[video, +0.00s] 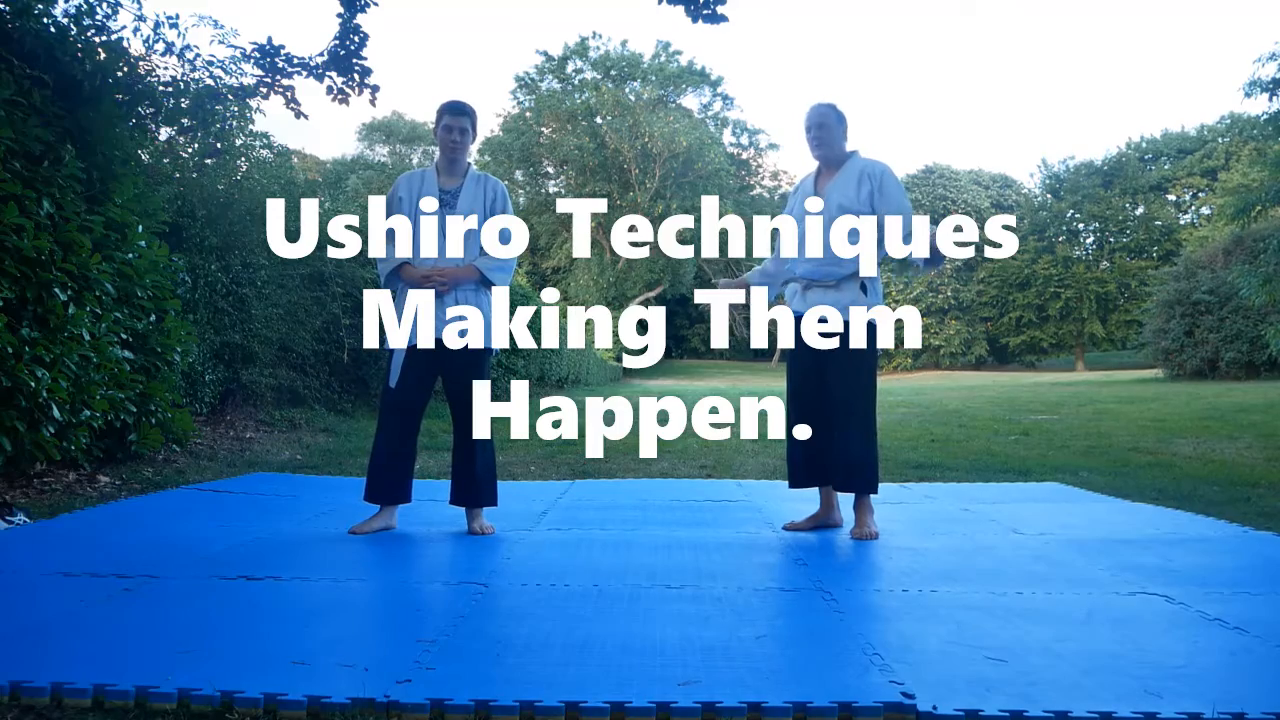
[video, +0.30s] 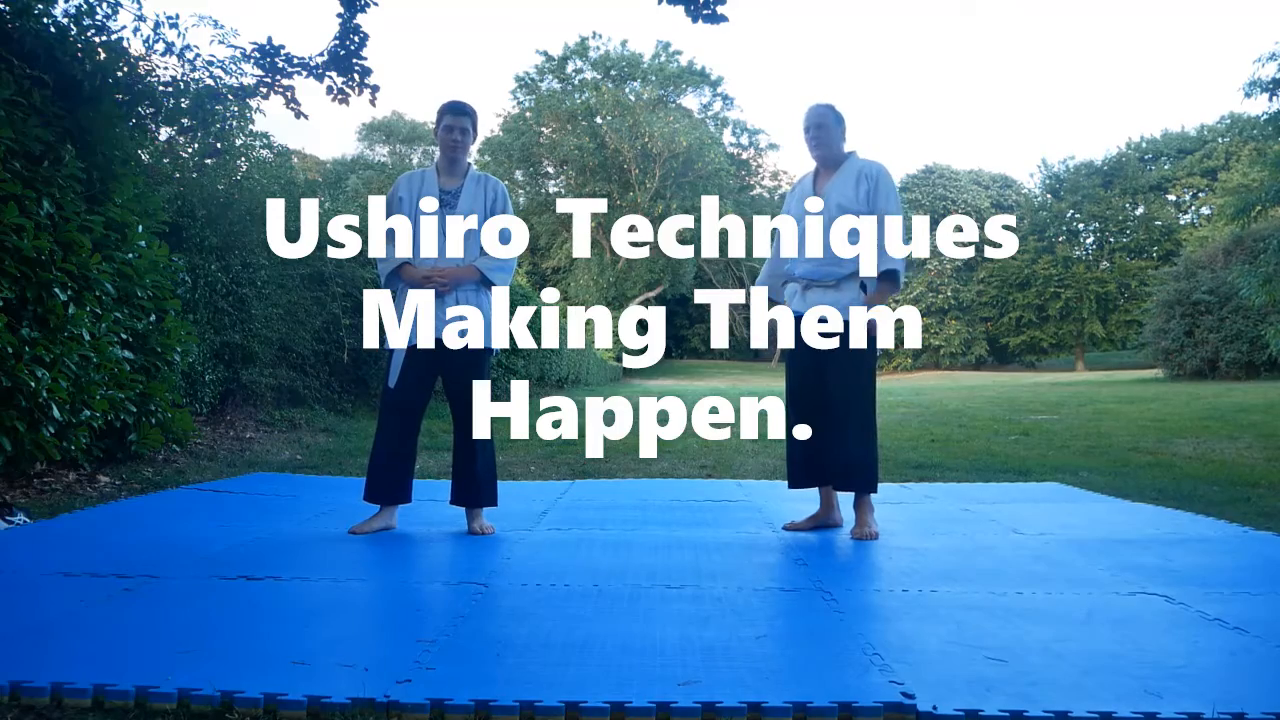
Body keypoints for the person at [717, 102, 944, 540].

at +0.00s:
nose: (814, 136)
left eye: (822, 128)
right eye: (809, 130)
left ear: (844, 131)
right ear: (805, 137)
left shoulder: (873, 174)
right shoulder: (800, 190)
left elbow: (905, 238)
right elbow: (783, 257)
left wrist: (928, 252)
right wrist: (745, 283)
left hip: (854, 309)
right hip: (806, 311)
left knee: (854, 408)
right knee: (812, 408)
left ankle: (864, 509)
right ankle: (827, 507)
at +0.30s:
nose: (813, 135)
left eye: (821, 128)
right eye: (808, 130)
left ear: (842, 132)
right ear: (803, 138)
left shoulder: (871, 175)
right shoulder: (797, 190)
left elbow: (892, 239)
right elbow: (779, 256)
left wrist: (878, 295)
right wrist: (772, 303)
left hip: (853, 305)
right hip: (803, 308)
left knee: (854, 406)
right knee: (811, 407)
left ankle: (864, 508)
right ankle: (827, 506)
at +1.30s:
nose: (791, 131)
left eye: (800, 123)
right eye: (786, 124)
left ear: (824, 124)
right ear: (781, 130)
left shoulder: (847, 170)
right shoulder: (781, 181)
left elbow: (863, 235)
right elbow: (765, 244)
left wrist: (857, 300)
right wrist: (750, 305)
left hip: (819, 304)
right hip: (775, 305)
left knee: (802, 407)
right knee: (785, 408)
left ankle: (791, 512)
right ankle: (827, 504)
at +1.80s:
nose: (760, 130)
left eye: (768, 122)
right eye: (757, 123)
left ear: (796, 121)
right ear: (756, 125)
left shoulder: (826, 165)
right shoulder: (754, 177)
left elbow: (842, 232)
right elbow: (738, 241)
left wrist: (822, 293)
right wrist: (722, 300)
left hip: (804, 307)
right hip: (751, 305)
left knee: (797, 412)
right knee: (728, 405)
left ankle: (790, 514)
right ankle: (708, 501)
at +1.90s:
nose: (754, 131)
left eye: (762, 123)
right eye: (751, 123)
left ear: (790, 122)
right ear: (750, 125)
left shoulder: (820, 166)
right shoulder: (745, 179)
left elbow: (837, 237)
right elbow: (729, 244)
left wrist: (821, 304)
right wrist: (713, 307)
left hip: (798, 307)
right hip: (744, 307)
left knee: (793, 413)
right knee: (722, 407)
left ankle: (790, 514)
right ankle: (700, 504)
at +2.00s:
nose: (745, 131)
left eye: (753, 123)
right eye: (741, 123)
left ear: (780, 123)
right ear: (740, 124)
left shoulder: (810, 168)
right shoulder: (731, 177)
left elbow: (827, 237)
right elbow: (714, 243)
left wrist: (827, 306)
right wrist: (695, 305)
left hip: (788, 306)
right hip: (733, 306)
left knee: (787, 412)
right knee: (716, 408)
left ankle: (790, 514)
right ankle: (700, 508)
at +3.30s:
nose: (766, 139)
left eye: (767, 132)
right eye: (761, 129)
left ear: (741, 126)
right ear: (736, 124)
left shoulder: (737, 171)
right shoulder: (715, 158)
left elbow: (719, 233)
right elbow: (694, 222)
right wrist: (691, 285)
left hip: (728, 302)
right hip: (700, 298)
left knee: (731, 404)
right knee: (689, 402)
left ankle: (720, 503)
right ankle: (660, 508)